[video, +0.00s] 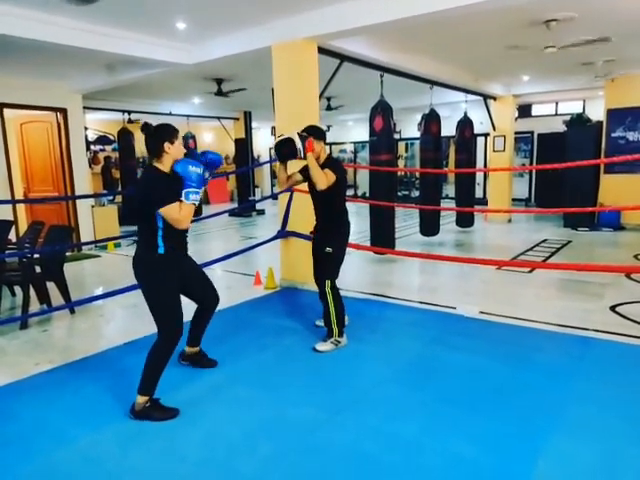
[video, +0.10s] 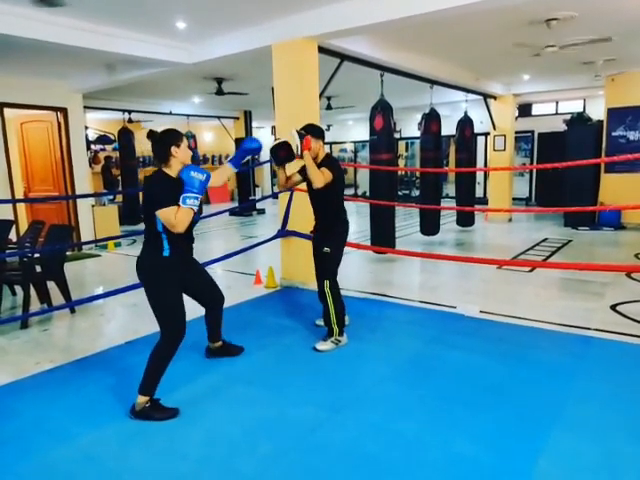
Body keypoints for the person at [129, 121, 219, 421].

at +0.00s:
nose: (183, 148)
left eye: (182, 142)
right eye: (180, 142)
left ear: (164, 148)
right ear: (167, 147)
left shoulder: (172, 176)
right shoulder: (152, 181)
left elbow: (185, 211)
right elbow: (182, 221)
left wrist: (200, 178)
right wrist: (193, 187)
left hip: (175, 259)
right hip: (154, 264)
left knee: (209, 298)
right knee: (171, 331)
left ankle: (192, 350)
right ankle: (142, 401)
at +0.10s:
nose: (190, 152)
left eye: (189, 147)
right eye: (186, 147)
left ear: (173, 152)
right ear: (173, 151)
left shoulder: (184, 179)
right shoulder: (156, 184)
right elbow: (179, 224)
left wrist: (239, 158)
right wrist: (192, 191)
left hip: (182, 261)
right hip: (158, 266)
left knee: (215, 300)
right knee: (173, 331)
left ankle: (215, 344)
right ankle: (143, 401)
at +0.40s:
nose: (201, 144)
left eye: (199, 139)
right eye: (198, 140)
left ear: (176, 147)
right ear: (190, 145)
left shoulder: (167, 175)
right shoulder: (207, 163)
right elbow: (248, 160)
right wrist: (255, 140)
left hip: (172, 248)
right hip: (189, 250)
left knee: (211, 290)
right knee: (180, 314)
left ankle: (222, 343)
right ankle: (140, 368)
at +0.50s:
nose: (199, 146)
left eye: (196, 141)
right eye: (196, 142)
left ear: (172, 146)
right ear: (187, 145)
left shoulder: (161, 176)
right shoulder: (202, 166)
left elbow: (163, 205)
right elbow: (245, 164)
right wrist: (254, 148)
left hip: (172, 248)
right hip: (189, 250)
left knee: (213, 291)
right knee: (183, 315)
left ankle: (223, 343)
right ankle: (143, 368)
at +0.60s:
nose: (196, 149)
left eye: (195, 145)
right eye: (193, 145)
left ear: (173, 148)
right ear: (181, 147)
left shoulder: (160, 175)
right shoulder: (193, 174)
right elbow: (230, 195)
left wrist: (208, 187)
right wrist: (231, 177)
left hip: (168, 250)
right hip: (184, 252)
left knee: (214, 292)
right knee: (187, 315)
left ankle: (225, 343)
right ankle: (147, 367)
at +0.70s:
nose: (194, 149)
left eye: (194, 145)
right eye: (191, 145)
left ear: (174, 148)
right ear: (179, 147)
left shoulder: (167, 173)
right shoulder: (179, 178)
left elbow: (194, 207)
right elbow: (208, 212)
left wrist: (204, 202)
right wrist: (214, 192)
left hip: (172, 251)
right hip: (170, 254)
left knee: (208, 294)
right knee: (176, 317)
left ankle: (224, 343)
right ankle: (144, 371)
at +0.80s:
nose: (192, 146)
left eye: (191, 141)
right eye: (189, 141)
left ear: (172, 144)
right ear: (176, 143)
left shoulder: (171, 170)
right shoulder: (171, 174)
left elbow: (196, 201)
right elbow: (200, 208)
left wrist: (204, 177)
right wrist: (204, 177)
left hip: (173, 248)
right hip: (163, 250)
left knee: (204, 291)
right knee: (169, 313)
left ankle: (217, 341)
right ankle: (144, 371)